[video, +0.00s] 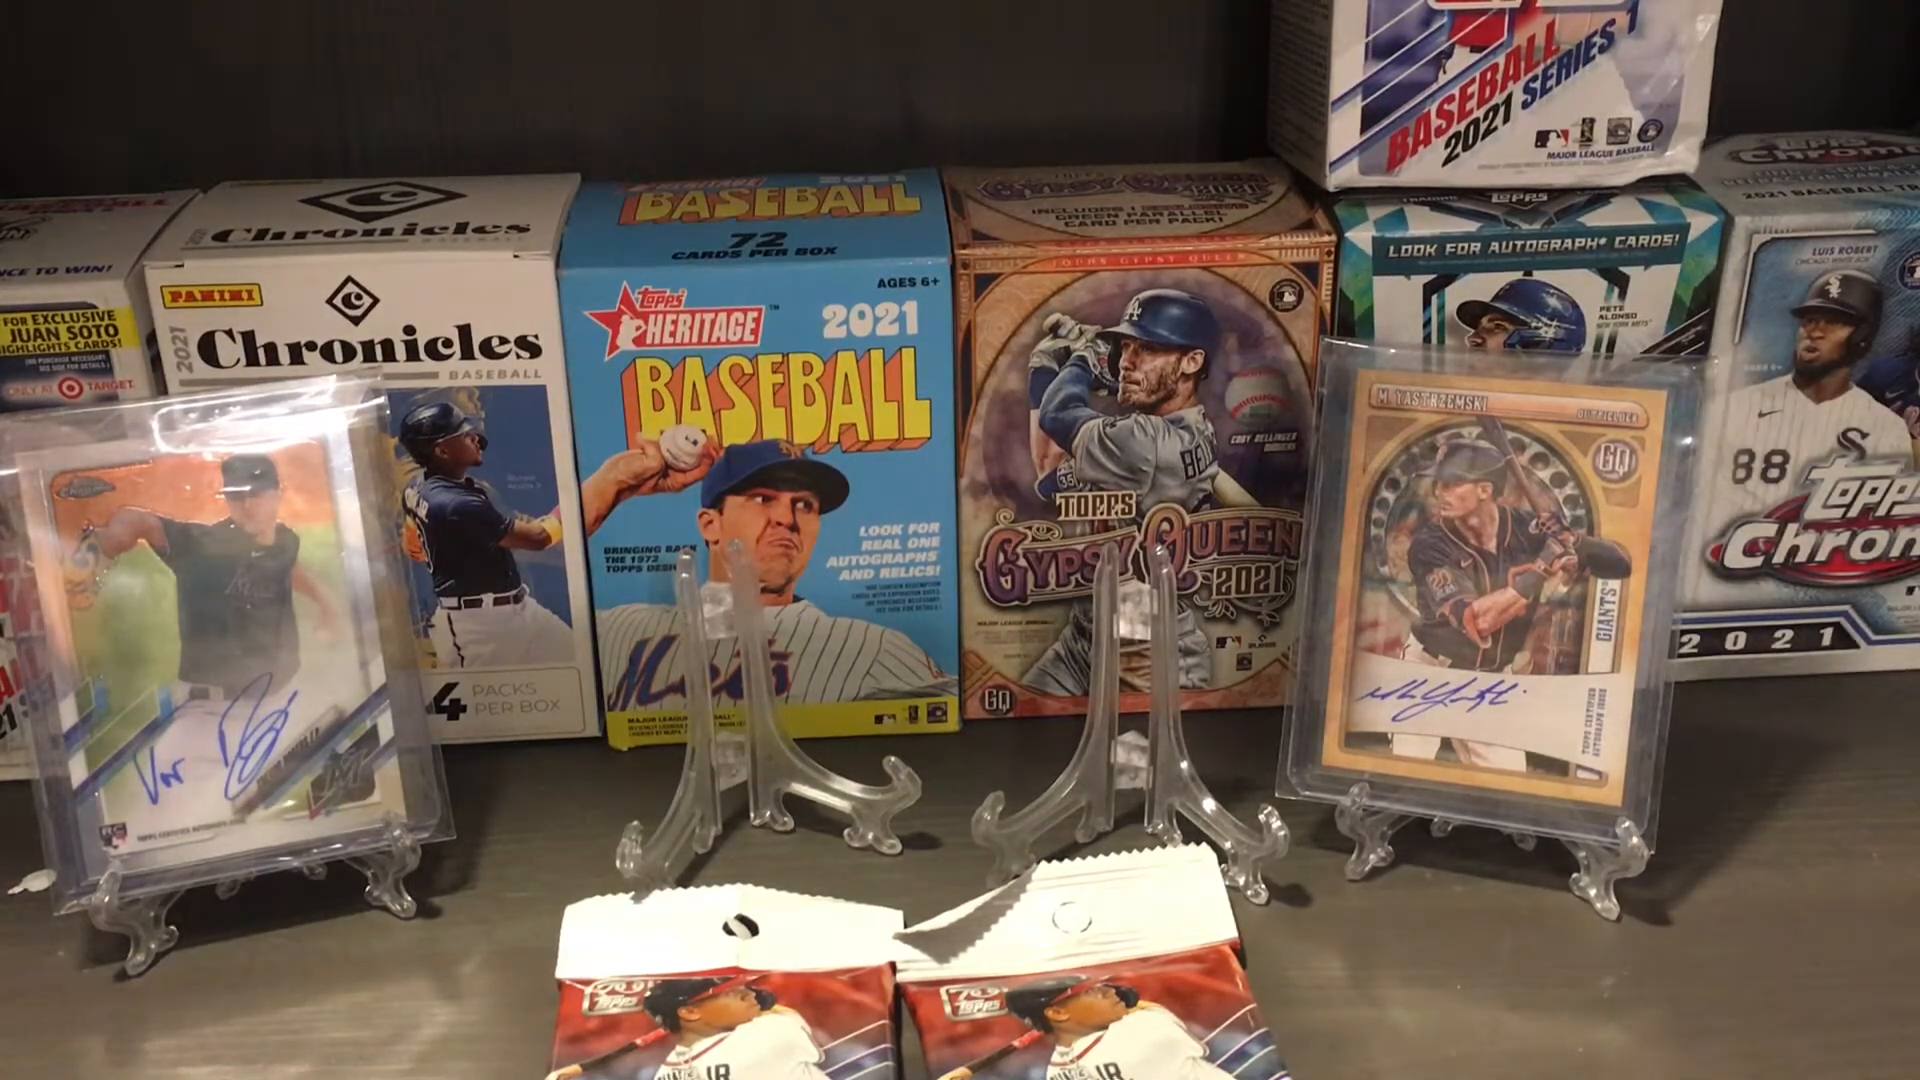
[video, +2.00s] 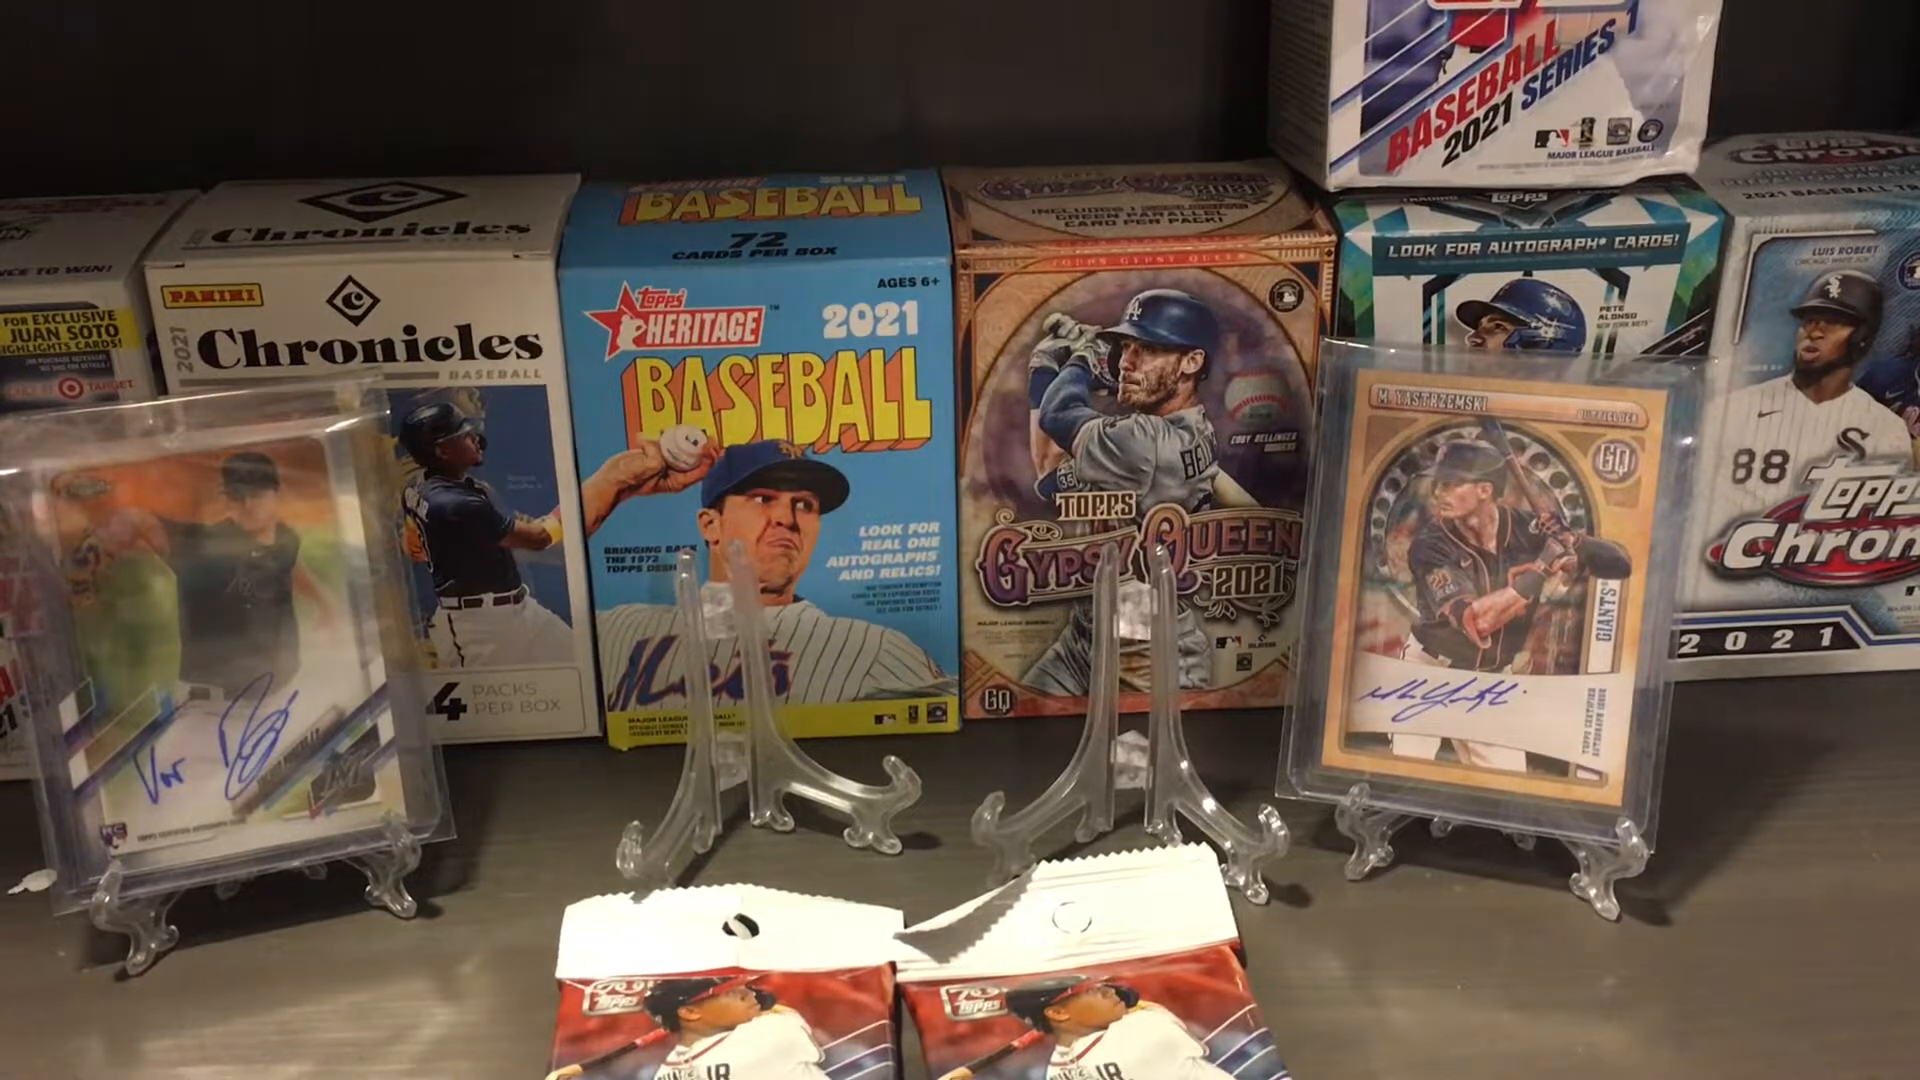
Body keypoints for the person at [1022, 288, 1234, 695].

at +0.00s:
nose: (1127, 361)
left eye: (1145, 349)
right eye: (1126, 347)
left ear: (1191, 363)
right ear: (1118, 349)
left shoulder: (1143, 442)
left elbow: (1060, 411)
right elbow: (1049, 476)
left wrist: (1083, 362)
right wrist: (1043, 366)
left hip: (1159, 650)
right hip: (1087, 642)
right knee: (1011, 738)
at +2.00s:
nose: (1127, 362)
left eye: (1147, 350)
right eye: (1127, 347)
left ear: (1190, 363)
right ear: (1121, 348)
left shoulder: (1139, 440)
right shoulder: (1189, 431)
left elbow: (1060, 410)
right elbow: (1048, 477)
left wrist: (1085, 362)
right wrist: (1041, 372)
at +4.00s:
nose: (1127, 362)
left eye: (1147, 350)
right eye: (1126, 347)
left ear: (1190, 363)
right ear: (1121, 348)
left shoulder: (1139, 441)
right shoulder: (1190, 431)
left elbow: (1059, 409)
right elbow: (1048, 475)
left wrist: (1087, 360)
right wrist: (1042, 373)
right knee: (1011, 736)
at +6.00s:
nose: (1127, 363)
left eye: (1147, 351)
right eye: (1126, 348)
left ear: (1191, 363)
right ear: (1119, 349)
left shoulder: (1141, 442)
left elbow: (1060, 410)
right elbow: (1049, 478)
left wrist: (1086, 359)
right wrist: (1043, 369)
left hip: (1161, 649)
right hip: (1089, 642)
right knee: (1009, 739)